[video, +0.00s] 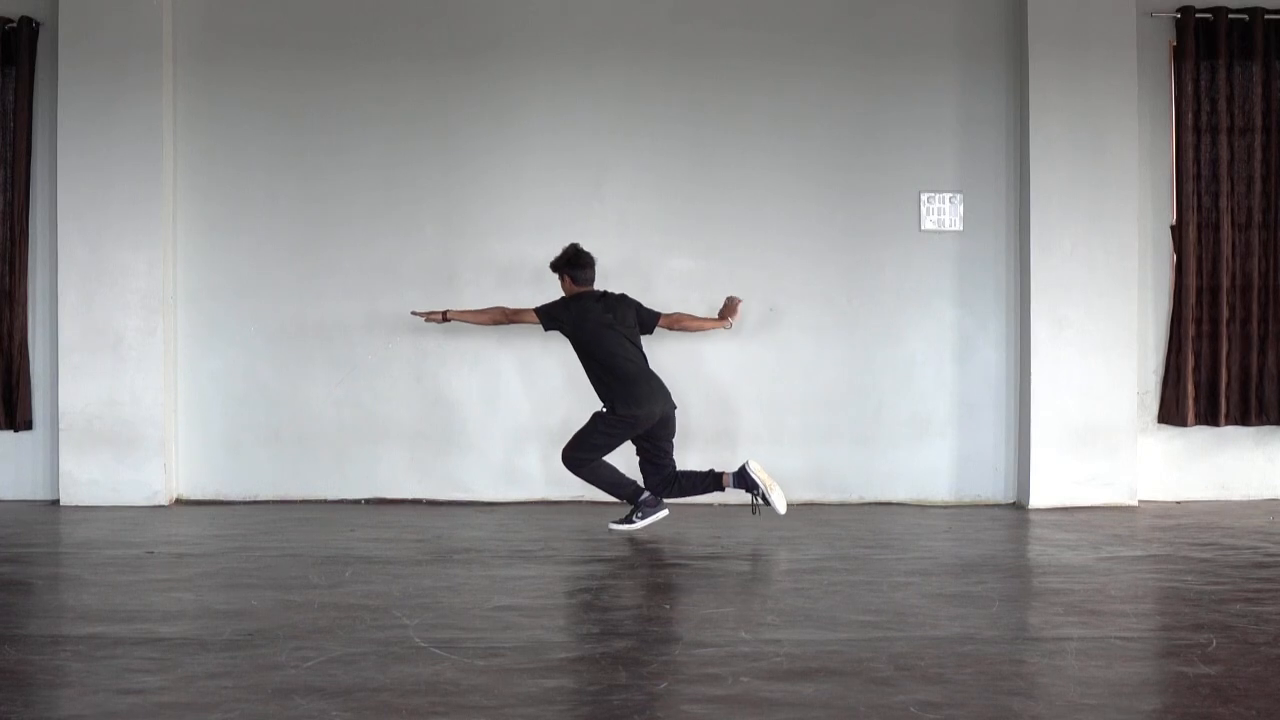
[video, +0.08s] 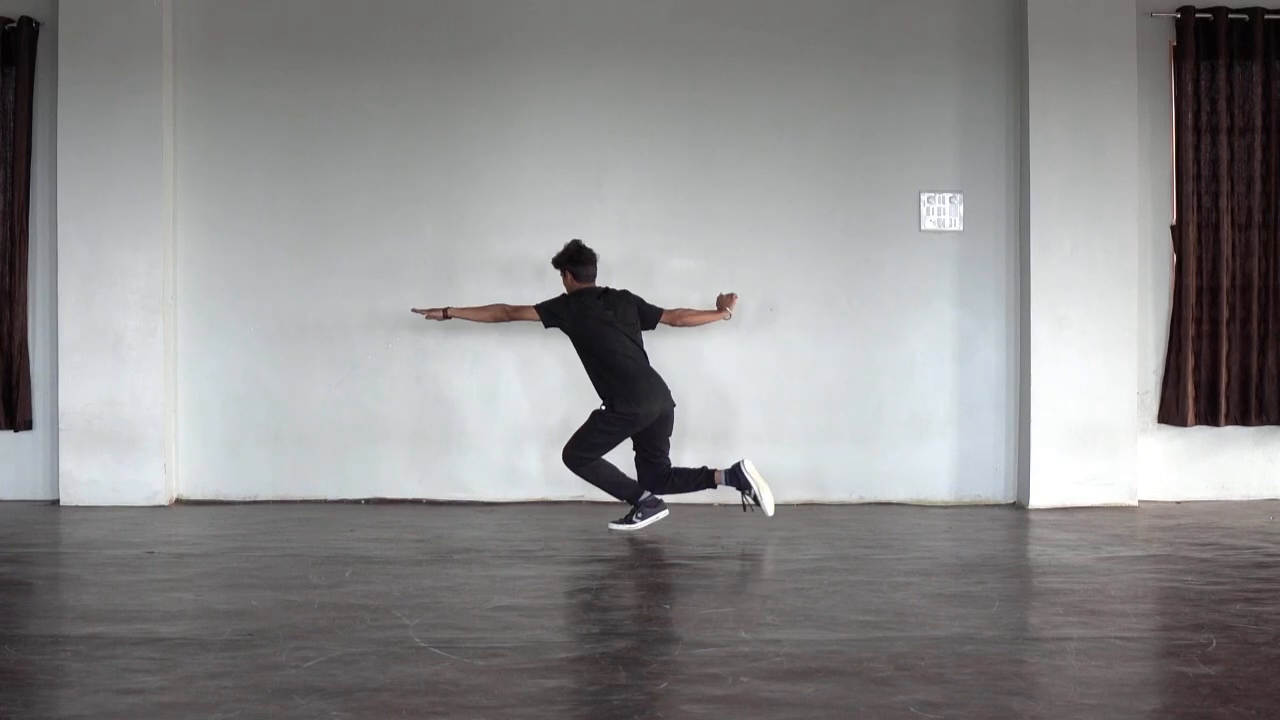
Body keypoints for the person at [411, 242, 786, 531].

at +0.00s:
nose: (559, 285)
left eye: (560, 279)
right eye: (562, 279)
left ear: (566, 280)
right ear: (593, 275)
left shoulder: (568, 309)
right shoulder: (623, 304)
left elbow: (506, 315)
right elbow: (674, 322)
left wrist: (451, 315)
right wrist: (722, 322)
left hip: (627, 407)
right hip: (660, 404)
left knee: (577, 456)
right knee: (661, 483)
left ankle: (644, 502)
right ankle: (739, 479)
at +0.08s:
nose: (562, 282)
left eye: (561, 276)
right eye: (565, 275)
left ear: (567, 277)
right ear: (595, 273)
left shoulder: (568, 306)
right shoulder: (626, 300)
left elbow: (505, 313)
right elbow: (675, 318)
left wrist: (451, 312)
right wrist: (721, 313)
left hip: (626, 404)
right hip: (659, 401)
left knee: (577, 455)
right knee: (654, 479)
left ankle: (644, 502)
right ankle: (731, 478)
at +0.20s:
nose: (562, 274)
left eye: (562, 269)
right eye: (564, 269)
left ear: (571, 270)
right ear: (596, 266)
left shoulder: (568, 302)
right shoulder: (628, 294)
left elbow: (507, 309)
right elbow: (679, 308)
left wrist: (453, 308)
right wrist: (716, 296)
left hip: (627, 400)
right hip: (659, 397)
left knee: (578, 454)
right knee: (637, 467)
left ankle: (645, 503)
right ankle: (712, 473)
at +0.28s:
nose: (565, 270)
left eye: (565, 265)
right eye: (567, 265)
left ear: (573, 265)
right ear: (598, 261)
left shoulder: (570, 297)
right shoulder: (629, 287)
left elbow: (509, 305)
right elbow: (683, 299)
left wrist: (454, 306)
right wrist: (713, 279)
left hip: (628, 395)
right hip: (659, 392)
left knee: (581, 451)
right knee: (619, 452)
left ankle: (645, 504)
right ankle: (692, 472)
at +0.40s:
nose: (569, 261)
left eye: (569, 256)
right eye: (571, 255)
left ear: (576, 256)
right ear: (601, 250)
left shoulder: (573, 287)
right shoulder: (634, 274)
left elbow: (514, 298)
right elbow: (688, 278)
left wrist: (459, 301)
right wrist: (718, 264)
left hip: (627, 388)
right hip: (656, 383)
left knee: (584, 450)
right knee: (600, 428)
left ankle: (646, 505)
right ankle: (650, 479)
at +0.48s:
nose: (569, 253)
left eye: (569, 248)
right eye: (572, 247)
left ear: (576, 248)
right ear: (601, 243)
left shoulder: (574, 281)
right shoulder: (632, 262)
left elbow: (514, 293)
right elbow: (683, 261)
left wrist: (460, 297)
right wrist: (723, 268)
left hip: (624, 384)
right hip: (652, 378)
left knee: (586, 448)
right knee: (583, 408)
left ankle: (648, 504)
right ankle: (617, 488)